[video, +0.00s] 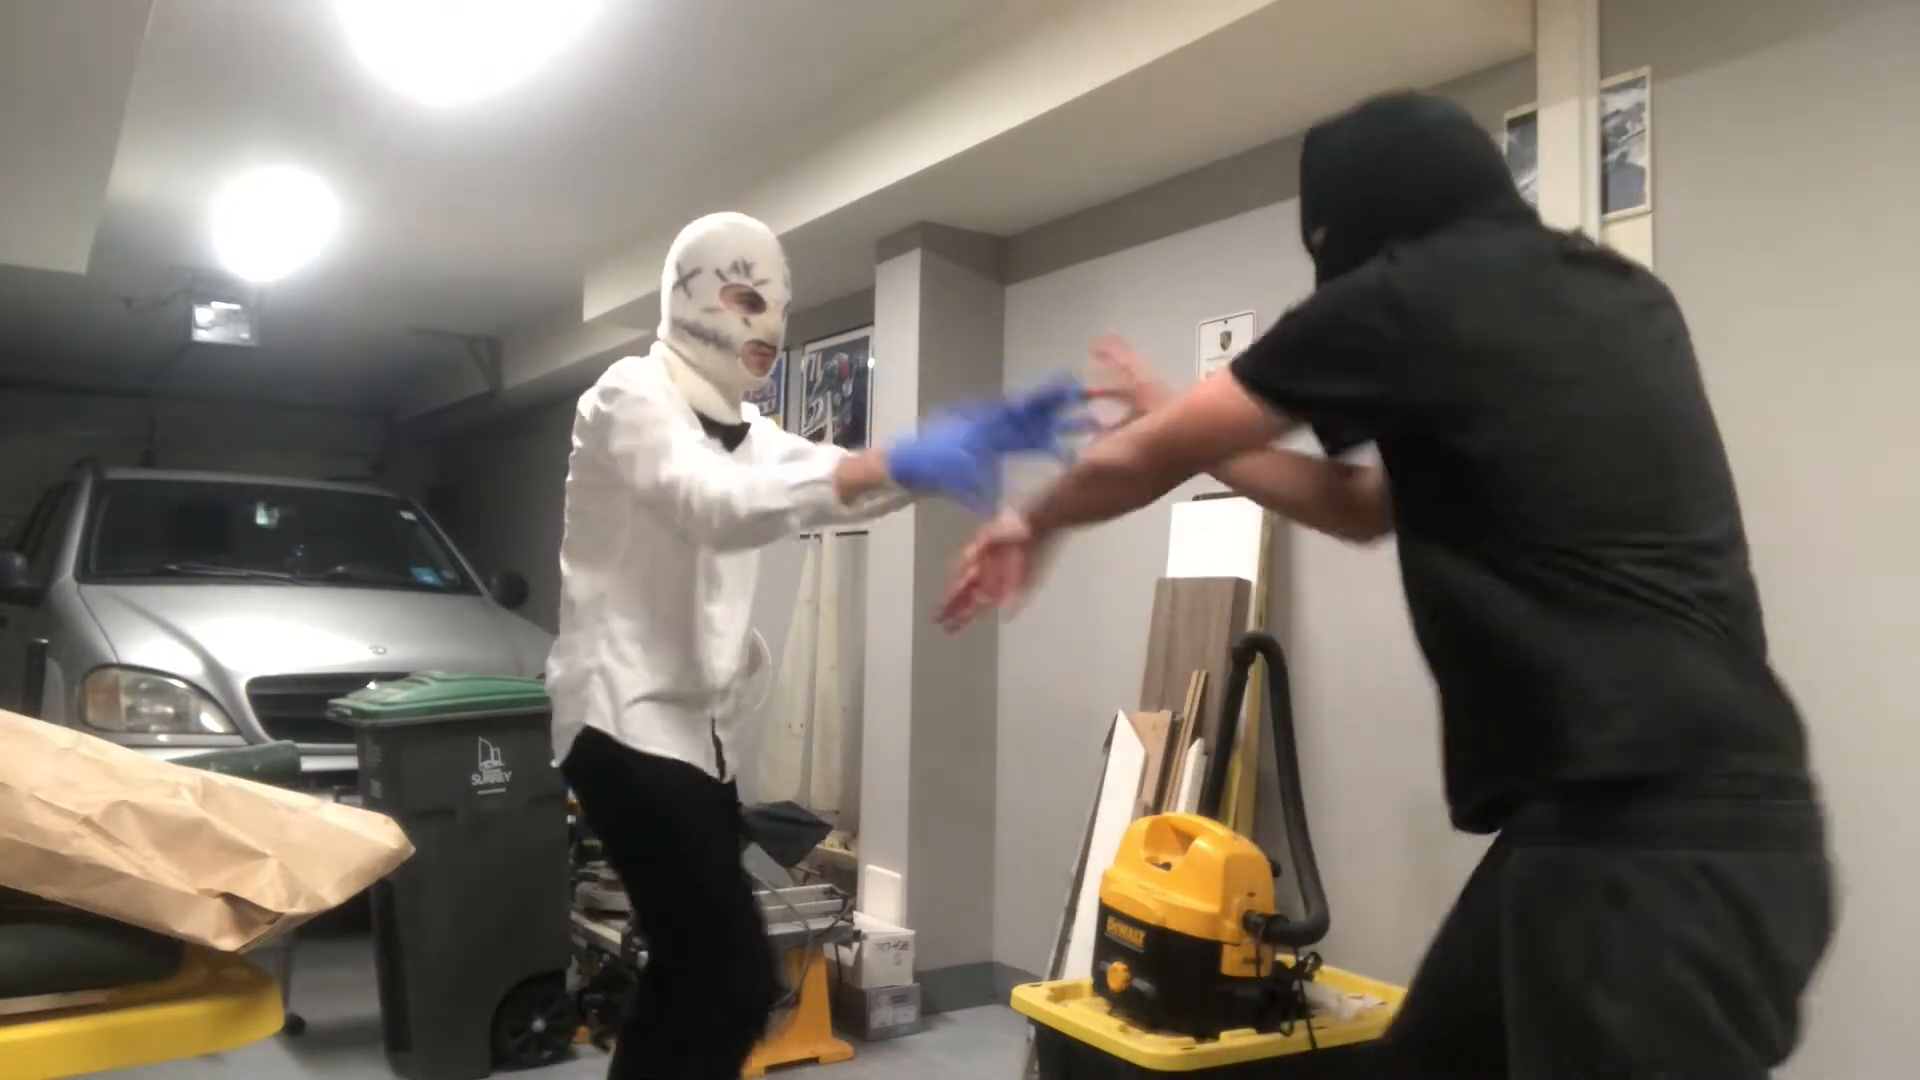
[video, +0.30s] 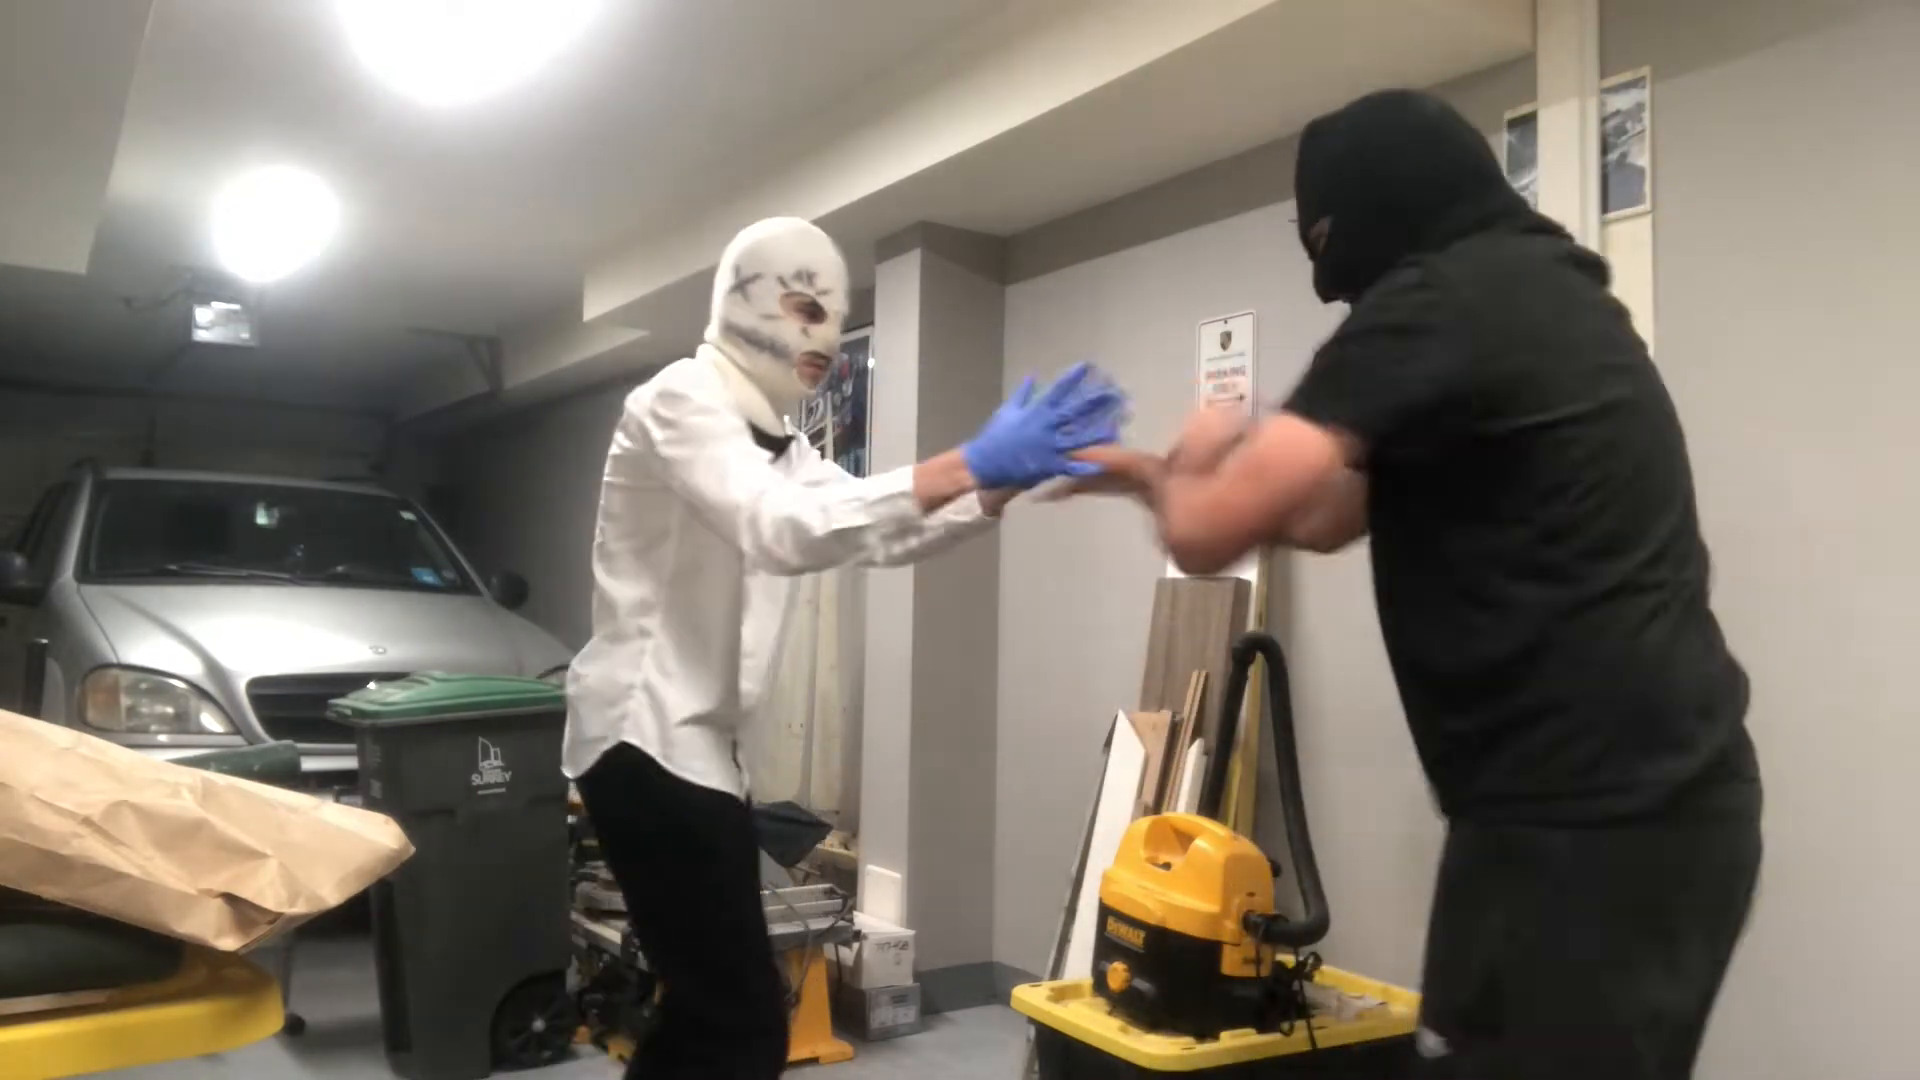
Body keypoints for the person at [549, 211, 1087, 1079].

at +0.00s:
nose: (766, 320)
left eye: (775, 302)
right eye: (743, 298)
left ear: (783, 310)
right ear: (684, 299)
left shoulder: (738, 428)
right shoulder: (630, 397)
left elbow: (834, 490)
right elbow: (714, 505)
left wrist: (976, 444)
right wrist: (882, 465)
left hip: (694, 728)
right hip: (623, 723)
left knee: (704, 971)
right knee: (722, 971)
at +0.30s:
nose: (819, 327)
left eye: (831, 313)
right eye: (798, 301)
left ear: (834, 330)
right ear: (738, 301)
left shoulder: (779, 444)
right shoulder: (680, 400)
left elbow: (887, 534)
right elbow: (779, 526)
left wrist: (1006, 482)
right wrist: (970, 462)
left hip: (701, 741)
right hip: (644, 736)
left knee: (714, 1011)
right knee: (734, 1014)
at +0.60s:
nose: (812, 341)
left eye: (821, 322)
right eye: (793, 312)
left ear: (819, 327)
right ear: (732, 304)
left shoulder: (737, 441)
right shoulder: (678, 407)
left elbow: (772, 609)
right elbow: (726, 518)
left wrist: (855, 605)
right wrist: (934, 525)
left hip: (727, 754)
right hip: (681, 753)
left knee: (709, 1014)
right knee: (805, 1014)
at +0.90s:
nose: (857, 349)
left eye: (863, 330)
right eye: (839, 320)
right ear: (784, 314)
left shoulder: (755, 419)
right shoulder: (748, 393)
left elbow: (817, 625)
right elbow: (812, 494)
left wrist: (923, 552)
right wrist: (970, 391)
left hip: (695, 764)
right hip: (750, 756)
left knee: (704, 1031)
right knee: (898, 1023)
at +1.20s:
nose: (866, 330)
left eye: (872, 311)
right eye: (844, 305)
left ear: (877, 318)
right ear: (782, 307)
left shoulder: (809, 432)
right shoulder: (732, 409)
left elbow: (891, 569)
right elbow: (830, 510)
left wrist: (1014, 588)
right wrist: (962, 365)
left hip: (825, 762)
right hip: (792, 768)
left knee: (758, 1034)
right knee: (924, 1046)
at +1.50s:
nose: (870, 341)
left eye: (870, 318)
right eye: (853, 315)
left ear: (775, 321)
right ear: (802, 313)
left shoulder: (725, 435)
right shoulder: (775, 407)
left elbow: (831, 631)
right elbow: (916, 556)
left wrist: (970, 568)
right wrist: (1064, 534)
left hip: (720, 776)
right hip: (789, 767)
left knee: (728, 1031)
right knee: (916, 1047)